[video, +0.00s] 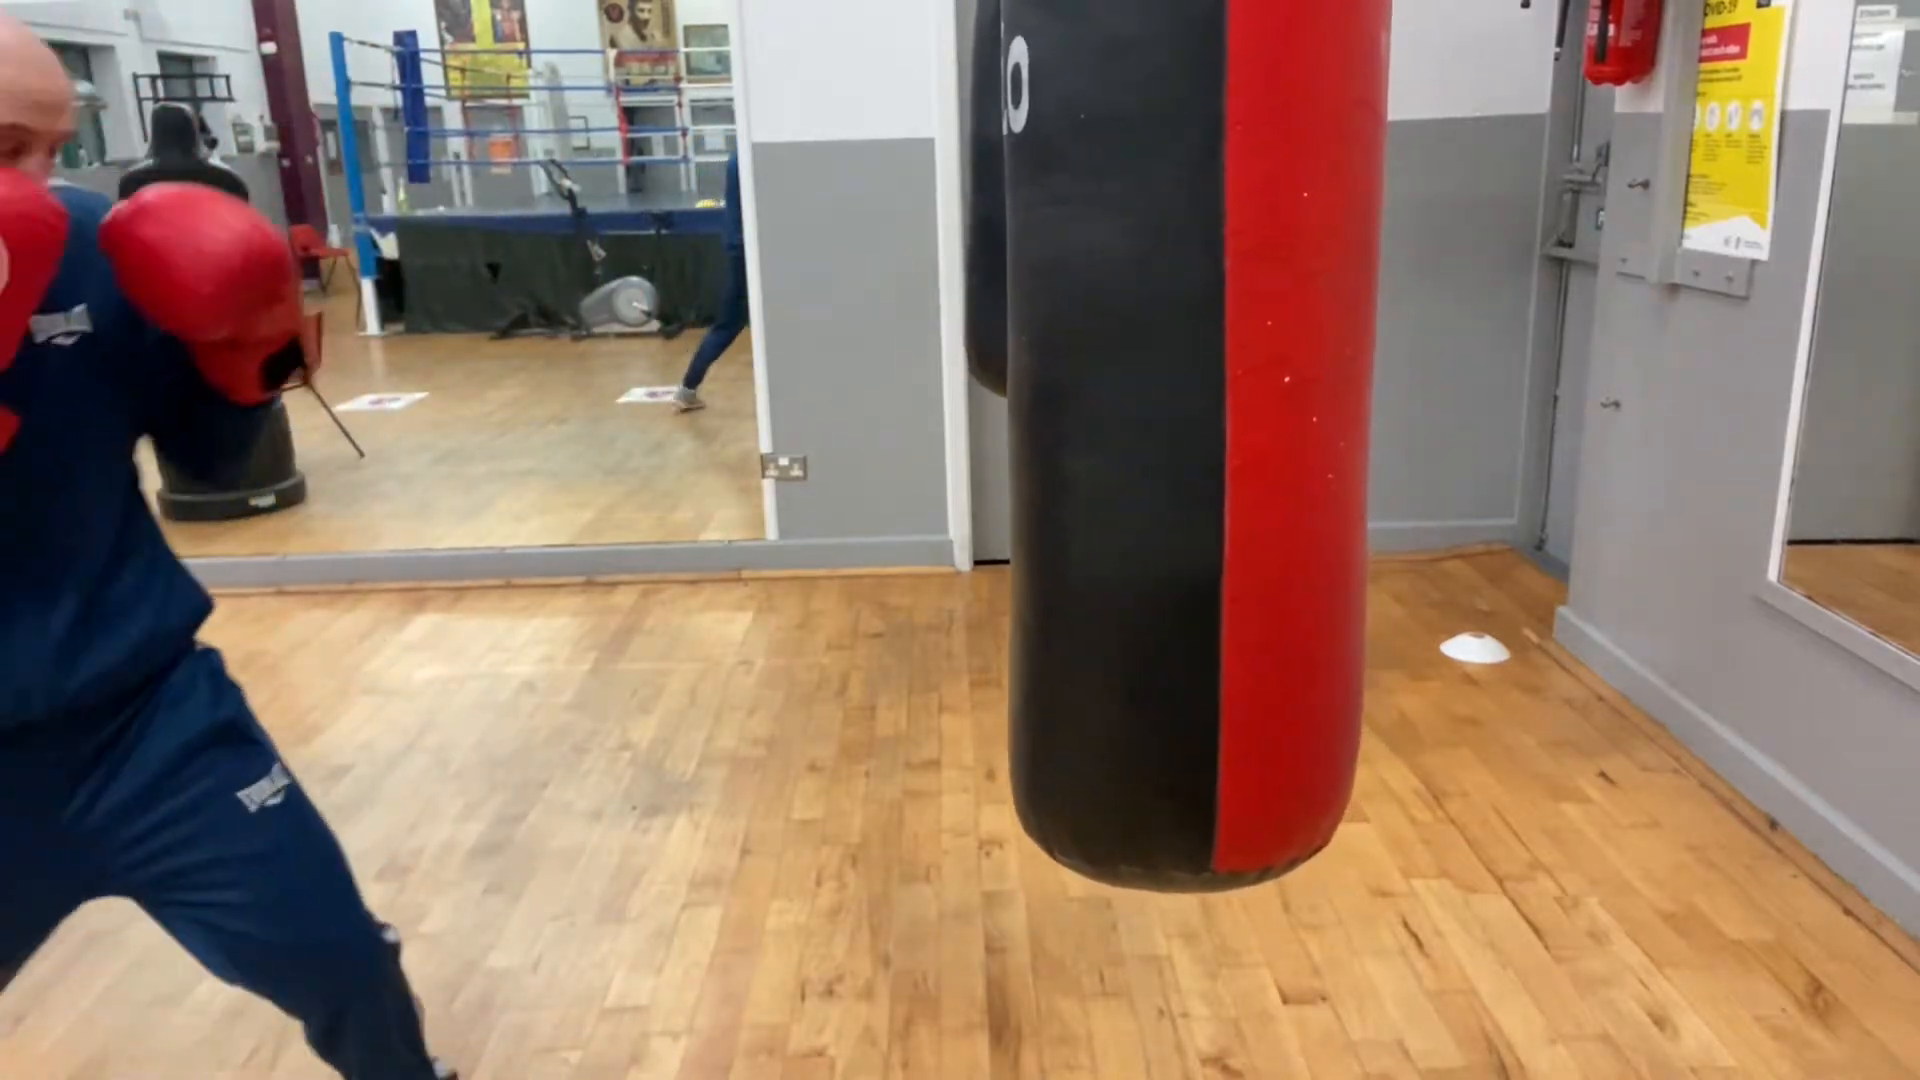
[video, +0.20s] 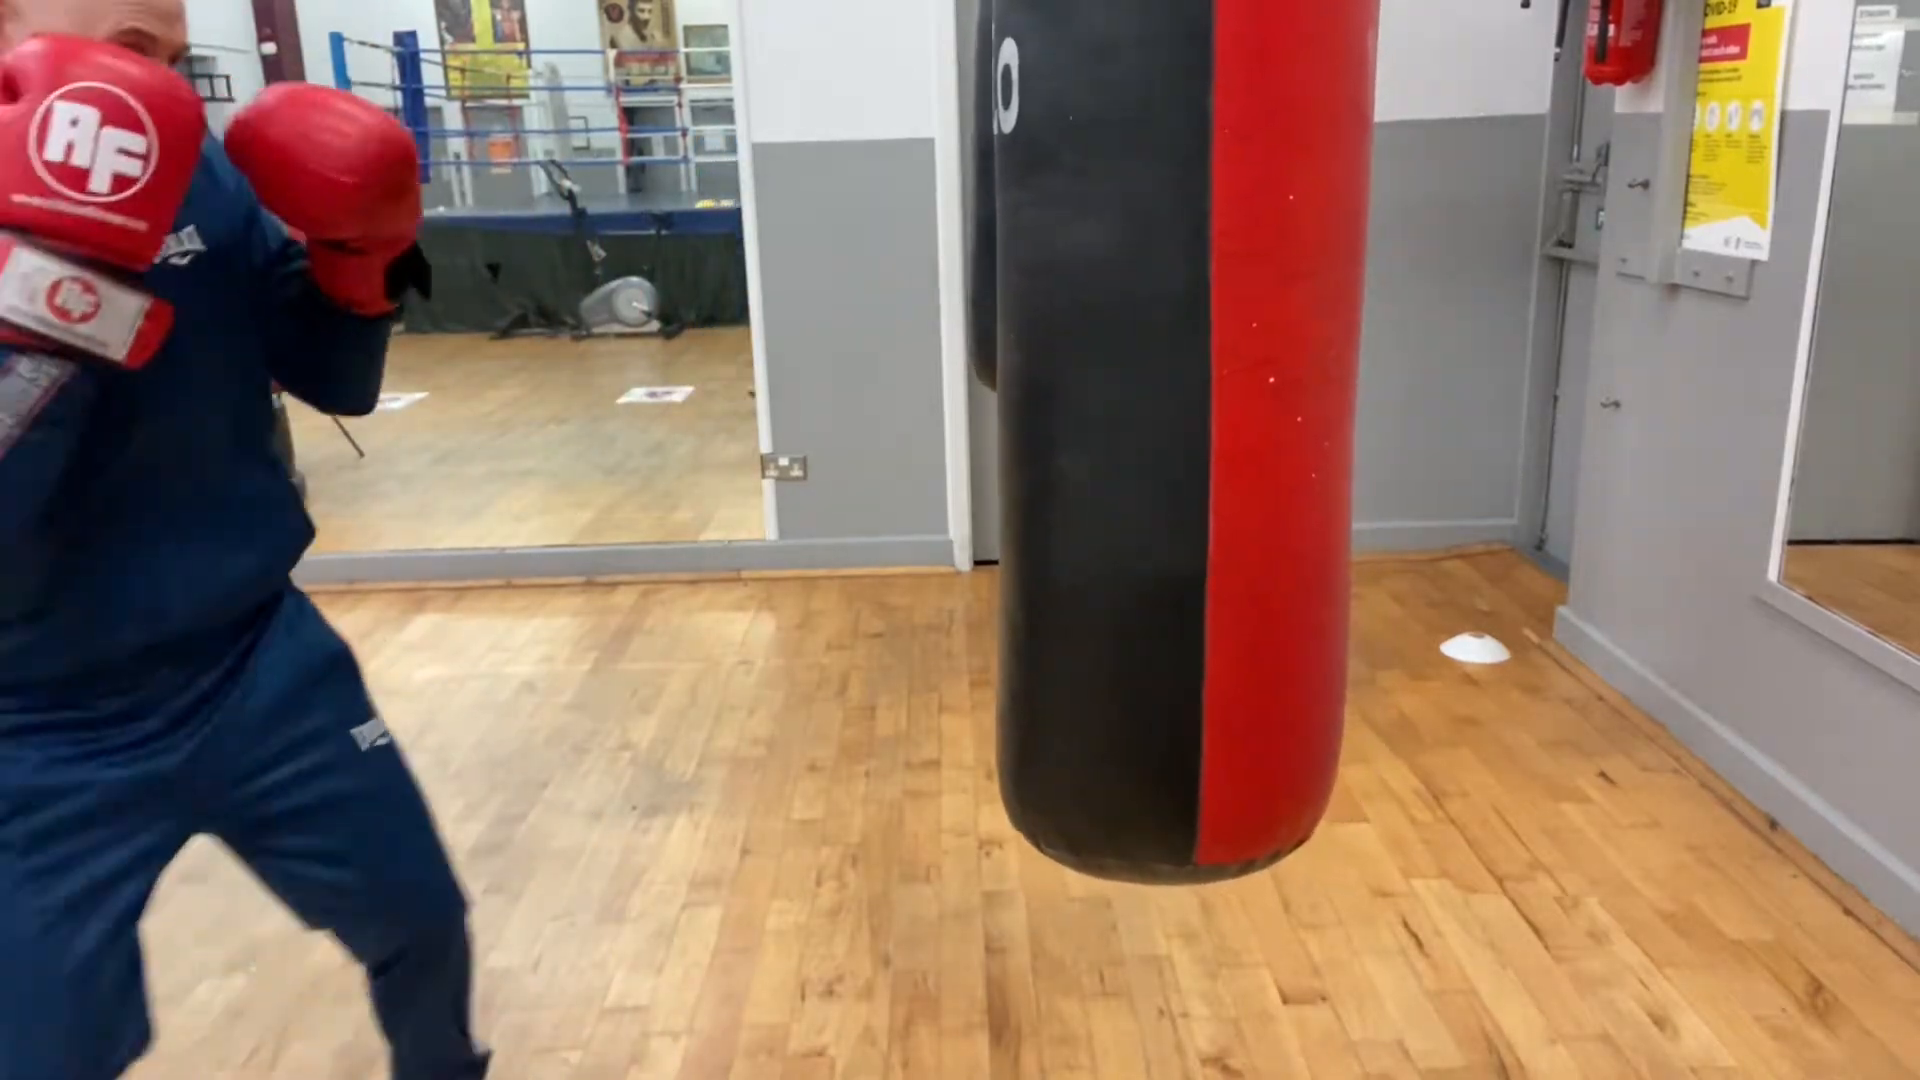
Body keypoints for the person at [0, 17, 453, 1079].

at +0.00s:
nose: (33, 179)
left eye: (49, 148)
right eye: (14, 148)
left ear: (70, 140)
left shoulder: (94, 248)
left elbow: (205, 453)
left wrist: (243, 354)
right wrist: (13, 332)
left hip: (145, 712)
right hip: (6, 760)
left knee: (336, 957)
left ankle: (404, 1075)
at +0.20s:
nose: (149, 85)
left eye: (161, 51)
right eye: (114, 48)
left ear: (178, 50)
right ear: (16, 60)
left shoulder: (195, 166)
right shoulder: (13, 228)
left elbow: (338, 382)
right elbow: (7, 545)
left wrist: (359, 263)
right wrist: (41, 315)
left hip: (256, 667)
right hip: (46, 732)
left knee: (422, 923)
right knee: (52, 1054)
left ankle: (441, 1067)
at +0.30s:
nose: (216, 115)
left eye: (222, 81)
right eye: (181, 76)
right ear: (42, 63)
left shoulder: (204, 214)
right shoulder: (3, 265)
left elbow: (326, 448)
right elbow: (53, 522)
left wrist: (364, 339)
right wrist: (145, 285)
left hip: (328, 672)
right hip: (138, 771)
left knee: (544, 882)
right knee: (174, 1066)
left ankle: (522, 1052)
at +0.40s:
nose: (281, 161)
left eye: (296, 124)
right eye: (244, 115)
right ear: (111, 95)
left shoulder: (284, 229)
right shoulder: (16, 297)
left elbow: (400, 423)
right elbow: (84, 559)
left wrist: (449, 365)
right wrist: (202, 350)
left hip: (409, 694)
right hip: (193, 779)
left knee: (639, 891)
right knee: (163, 1066)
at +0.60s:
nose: (571, 239)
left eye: (579, 204)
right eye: (544, 204)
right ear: (427, 179)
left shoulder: (591, 285)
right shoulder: (258, 342)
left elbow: (758, 380)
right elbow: (183, 631)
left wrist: (850, 352)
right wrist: (323, 461)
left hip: (597, 755)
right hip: (374, 801)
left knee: (765, 931)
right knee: (269, 1072)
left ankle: (858, 1069)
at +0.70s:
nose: (743, 231)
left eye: (749, 203)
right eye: (725, 202)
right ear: (623, 178)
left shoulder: (669, 289)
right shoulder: (491, 301)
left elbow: (645, 451)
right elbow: (351, 563)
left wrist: (747, 421)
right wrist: (565, 447)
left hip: (639, 722)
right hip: (471, 781)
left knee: (811, 886)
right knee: (405, 1068)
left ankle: (856, 1058)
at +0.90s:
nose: (815, 250)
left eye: (818, 219)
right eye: (799, 220)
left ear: (689, 198)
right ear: (696, 201)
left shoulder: (529, 291)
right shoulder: (651, 339)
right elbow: (682, 593)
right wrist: (845, 431)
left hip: (680, 720)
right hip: (568, 786)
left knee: (847, 851)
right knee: (632, 1068)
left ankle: (857, 1053)